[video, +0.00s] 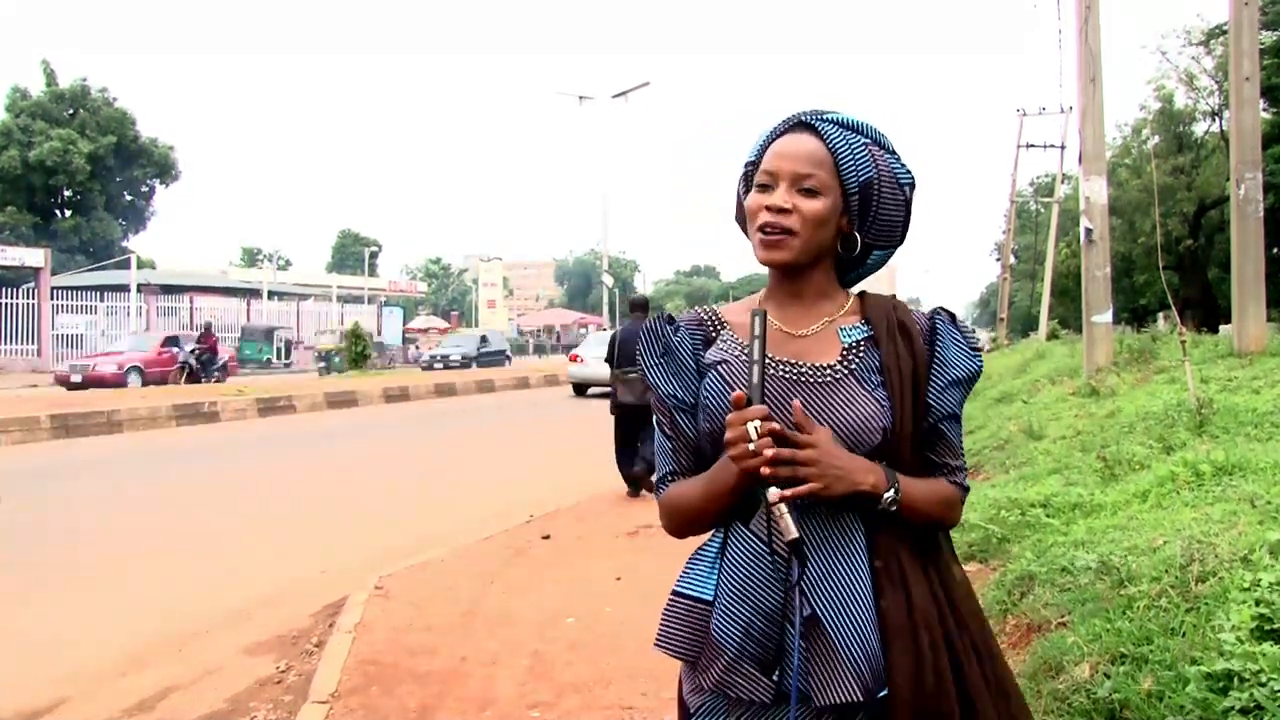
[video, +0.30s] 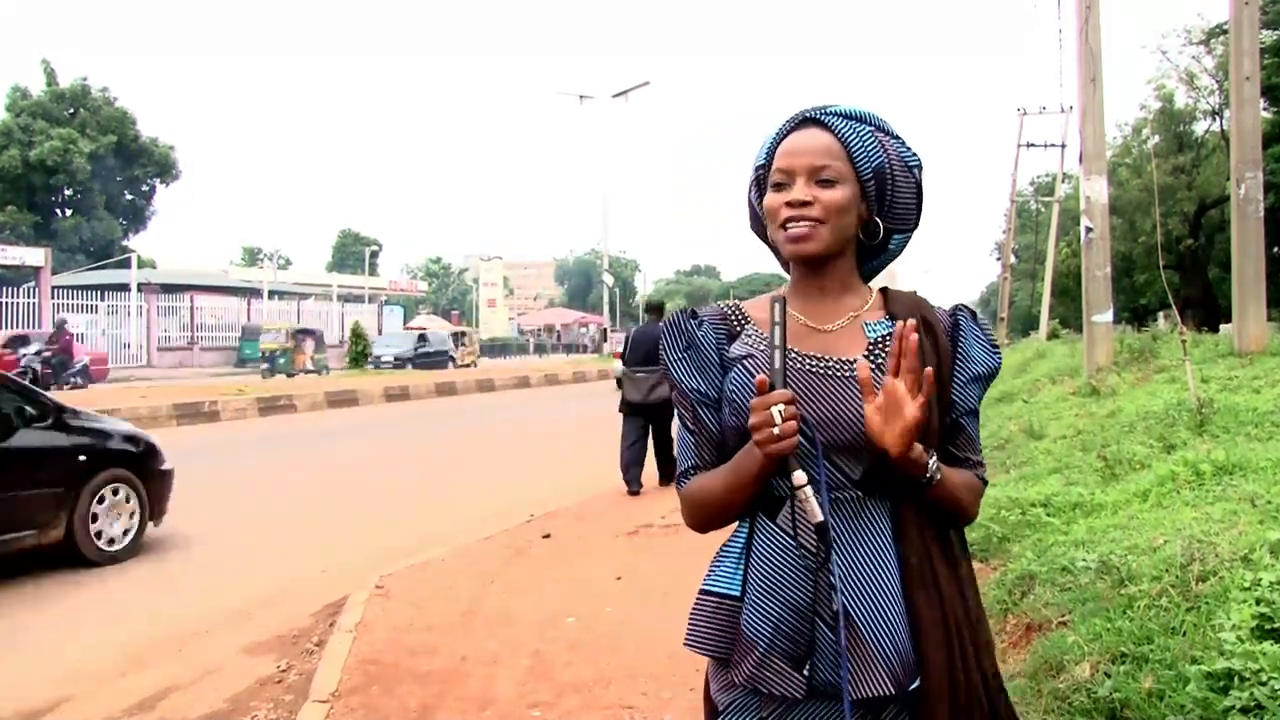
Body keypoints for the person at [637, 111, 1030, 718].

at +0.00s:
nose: (776, 203)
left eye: (806, 190)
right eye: (764, 185)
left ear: (848, 217)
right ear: (745, 200)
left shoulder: (911, 339)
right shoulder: (699, 339)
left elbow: (950, 500)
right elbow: (674, 516)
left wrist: (865, 475)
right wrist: (732, 468)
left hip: (878, 630)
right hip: (742, 636)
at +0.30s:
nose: (796, 198)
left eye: (824, 180)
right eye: (780, 183)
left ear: (867, 204)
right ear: (762, 206)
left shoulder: (927, 331)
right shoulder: (721, 335)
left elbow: (968, 499)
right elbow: (697, 509)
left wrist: (909, 456)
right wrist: (758, 454)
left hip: (904, 625)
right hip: (768, 629)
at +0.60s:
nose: (804, 209)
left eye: (830, 189)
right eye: (788, 195)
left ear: (878, 208)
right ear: (774, 217)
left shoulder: (953, 338)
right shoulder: (742, 346)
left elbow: (991, 494)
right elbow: (725, 516)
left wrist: (942, 491)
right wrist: (768, 467)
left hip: (917, 643)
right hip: (787, 644)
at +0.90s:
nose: (812, 202)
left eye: (840, 184)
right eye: (799, 187)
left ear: (889, 208)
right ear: (785, 207)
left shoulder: (962, 336)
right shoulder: (752, 343)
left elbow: (1003, 497)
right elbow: (736, 512)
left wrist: (935, 481)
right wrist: (766, 468)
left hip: (926, 635)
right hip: (794, 637)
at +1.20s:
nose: (824, 201)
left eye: (852, 182)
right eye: (809, 186)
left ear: (899, 205)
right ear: (795, 208)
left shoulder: (966, 334)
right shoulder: (760, 340)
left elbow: (1004, 510)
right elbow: (739, 511)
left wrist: (949, 438)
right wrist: (775, 463)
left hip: (927, 635)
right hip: (795, 636)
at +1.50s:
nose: (824, 219)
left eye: (852, 202)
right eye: (810, 202)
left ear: (899, 223)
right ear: (795, 217)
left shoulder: (968, 345)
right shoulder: (758, 353)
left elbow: (1010, 504)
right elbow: (743, 523)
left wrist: (946, 466)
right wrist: (784, 482)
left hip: (940, 643)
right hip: (807, 646)